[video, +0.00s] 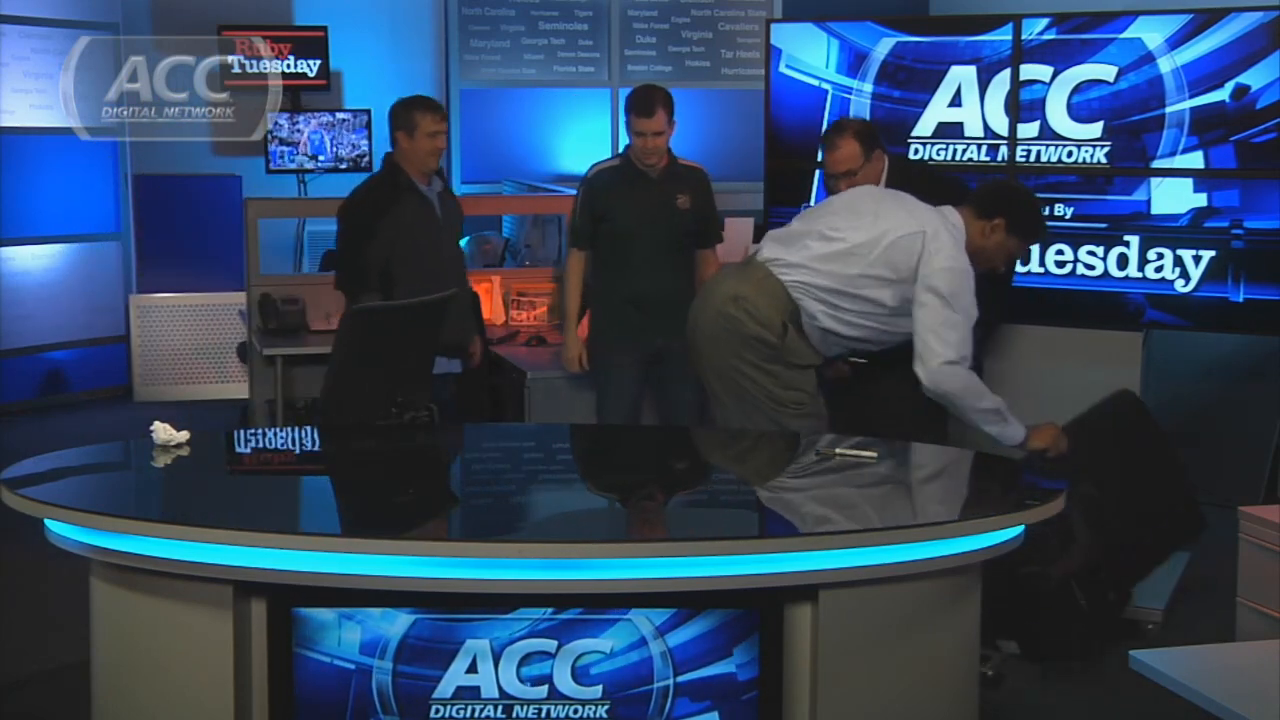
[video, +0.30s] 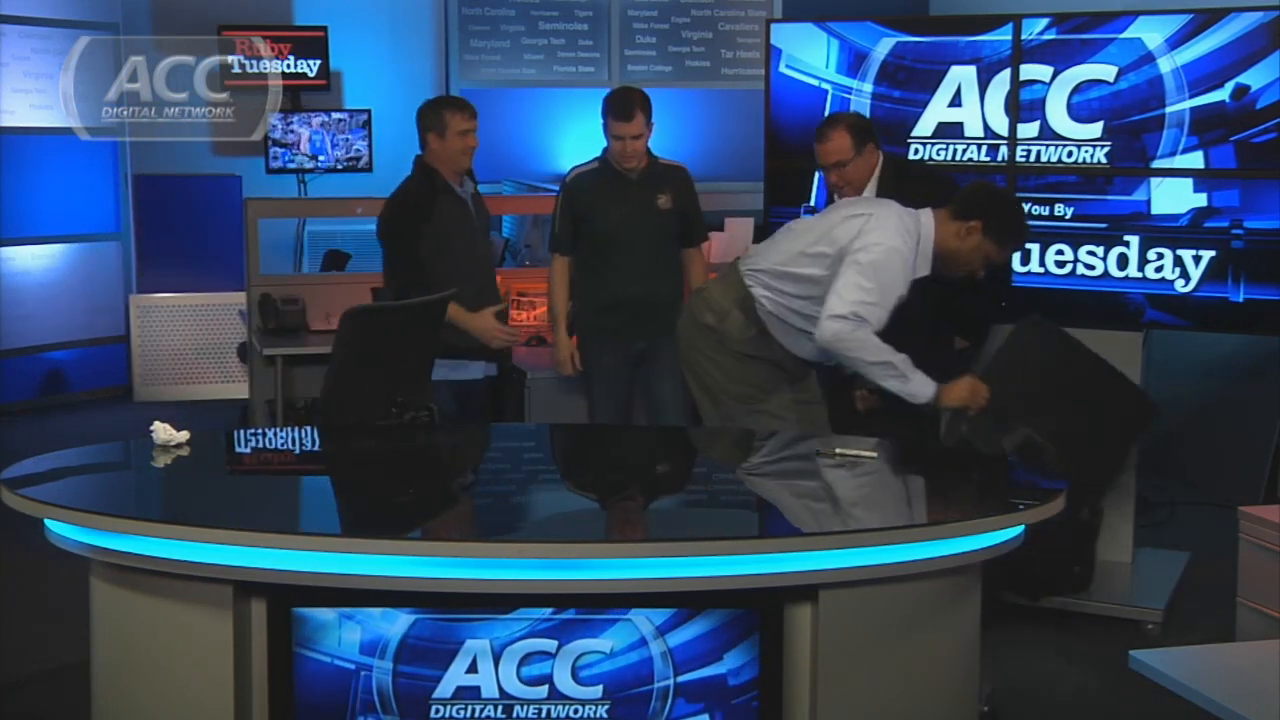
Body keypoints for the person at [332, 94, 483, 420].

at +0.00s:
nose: (442, 145)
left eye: (444, 135)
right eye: (432, 136)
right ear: (402, 140)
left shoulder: (445, 199)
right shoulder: (365, 203)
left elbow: (454, 272)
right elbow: (354, 282)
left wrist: (472, 330)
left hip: (444, 348)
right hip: (392, 350)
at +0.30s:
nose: (474, 143)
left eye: (475, 134)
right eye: (464, 134)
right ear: (433, 140)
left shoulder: (471, 197)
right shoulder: (407, 204)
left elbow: (479, 272)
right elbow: (409, 287)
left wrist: (497, 324)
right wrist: (468, 321)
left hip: (483, 361)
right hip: (438, 365)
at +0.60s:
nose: (493, 155)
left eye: (495, 145)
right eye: (482, 146)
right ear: (452, 149)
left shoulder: (474, 198)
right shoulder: (442, 204)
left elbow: (490, 281)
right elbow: (454, 297)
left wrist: (527, 318)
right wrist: (520, 329)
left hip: (496, 369)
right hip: (465, 375)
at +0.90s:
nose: (502, 160)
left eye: (506, 150)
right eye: (491, 152)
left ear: (511, 147)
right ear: (461, 151)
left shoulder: (485, 202)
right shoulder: (452, 209)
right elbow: (451, 304)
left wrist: (521, 341)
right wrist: (508, 345)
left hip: (501, 381)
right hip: (471, 385)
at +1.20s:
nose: (499, 163)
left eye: (503, 153)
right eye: (487, 155)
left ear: (509, 148)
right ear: (458, 154)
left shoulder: (494, 204)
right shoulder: (443, 214)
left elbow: (503, 285)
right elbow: (430, 308)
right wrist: (484, 361)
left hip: (511, 382)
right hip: (468, 391)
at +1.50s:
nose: (491, 164)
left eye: (497, 153)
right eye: (480, 155)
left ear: (502, 149)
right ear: (452, 154)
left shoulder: (496, 198)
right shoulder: (435, 217)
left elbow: (506, 280)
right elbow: (422, 309)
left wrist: (528, 346)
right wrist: (467, 369)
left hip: (515, 379)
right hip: (463, 391)